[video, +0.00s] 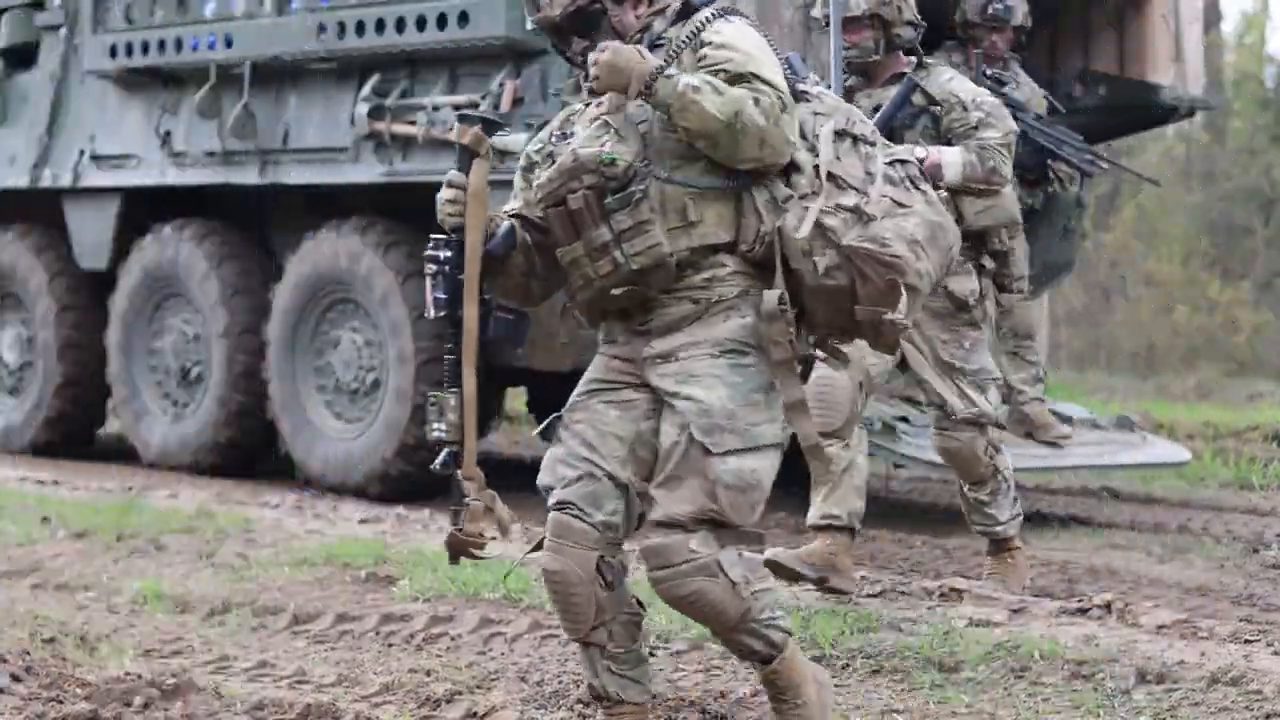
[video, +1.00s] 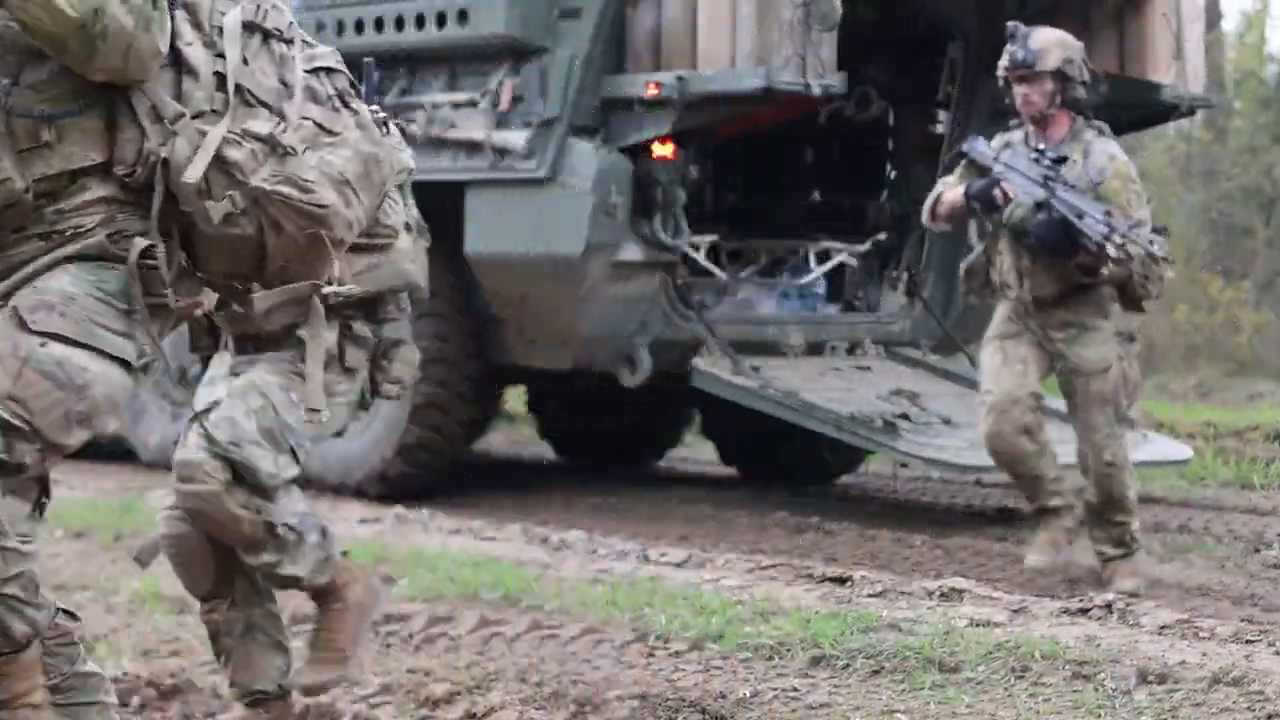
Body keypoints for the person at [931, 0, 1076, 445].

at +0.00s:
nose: (997, 40)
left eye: (1005, 32)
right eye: (989, 30)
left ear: (1016, 35)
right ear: (968, 29)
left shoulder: (1026, 89)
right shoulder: (939, 73)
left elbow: (1064, 159)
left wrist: (1050, 175)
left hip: (1007, 211)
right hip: (944, 205)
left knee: (1019, 305)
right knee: (943, 306)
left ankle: (1026, 401)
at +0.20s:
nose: (1023, 58)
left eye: (1032, 49)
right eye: (1014, 49)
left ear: (1049, 51)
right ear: (998, 50)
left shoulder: (1065, 109)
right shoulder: (970, 91)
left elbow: (1078, 192)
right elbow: (913, 132)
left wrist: (1081, 187)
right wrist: (967, 138)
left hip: (1041, 226)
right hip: (978, 221)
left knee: (1065, 324)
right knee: (994, 307)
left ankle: (1041, 410)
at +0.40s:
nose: (1028, 82)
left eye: (1038, 72)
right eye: (1019, 73)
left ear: (1058, 74)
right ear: (1005, 75)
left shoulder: (1088, 133)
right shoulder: (981, 125)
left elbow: (1117, 206)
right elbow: (929, 176)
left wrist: (1102, 217)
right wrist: (981, 162)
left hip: (1077, 265)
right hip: (1015, 266)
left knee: (1091, 376)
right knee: (1034, 387)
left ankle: (1037, 399)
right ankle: (1062, 496)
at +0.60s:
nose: (1023, 122)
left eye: (1033, 111)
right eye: (1017, 113)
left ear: (1060, 113)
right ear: (1012, 117)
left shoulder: (1104, 173)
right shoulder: (1002, 174)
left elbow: (1142, 265)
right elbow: (944, 230)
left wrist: (1117, 247)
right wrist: (993, 213)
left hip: (1101, 313)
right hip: (1032, 318)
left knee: (1118, 405)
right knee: (1044, 449)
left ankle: (1106, 459)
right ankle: (1074, 519)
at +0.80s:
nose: (1041, 112)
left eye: (1052, 101)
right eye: (1034, 102)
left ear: (1078, 105)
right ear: (1025, 106)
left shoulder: (1117, 174)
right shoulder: (1006, 165)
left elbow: (1150, 270)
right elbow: (948, 220)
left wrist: (1125, 273)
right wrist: (995, 209)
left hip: (1103, 325)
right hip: (1036, 329)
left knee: (1111, 445)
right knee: (1047, 456)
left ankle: (1117, 554)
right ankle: (1072, 505)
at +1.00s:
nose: (1022, 94)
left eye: (1034, 83)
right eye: (1017, 84)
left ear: (1064, 87)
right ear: (1011, 89)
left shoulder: (1105, 158)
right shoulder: (999, 150)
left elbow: (1134, 256)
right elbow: (933, 211)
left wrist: (1093, 260)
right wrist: (976, 196)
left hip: (1085, 319)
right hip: (1015, 317)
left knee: (1101, 447)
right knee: (1004, 427)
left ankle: (1119, 553)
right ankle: (1058, 515)